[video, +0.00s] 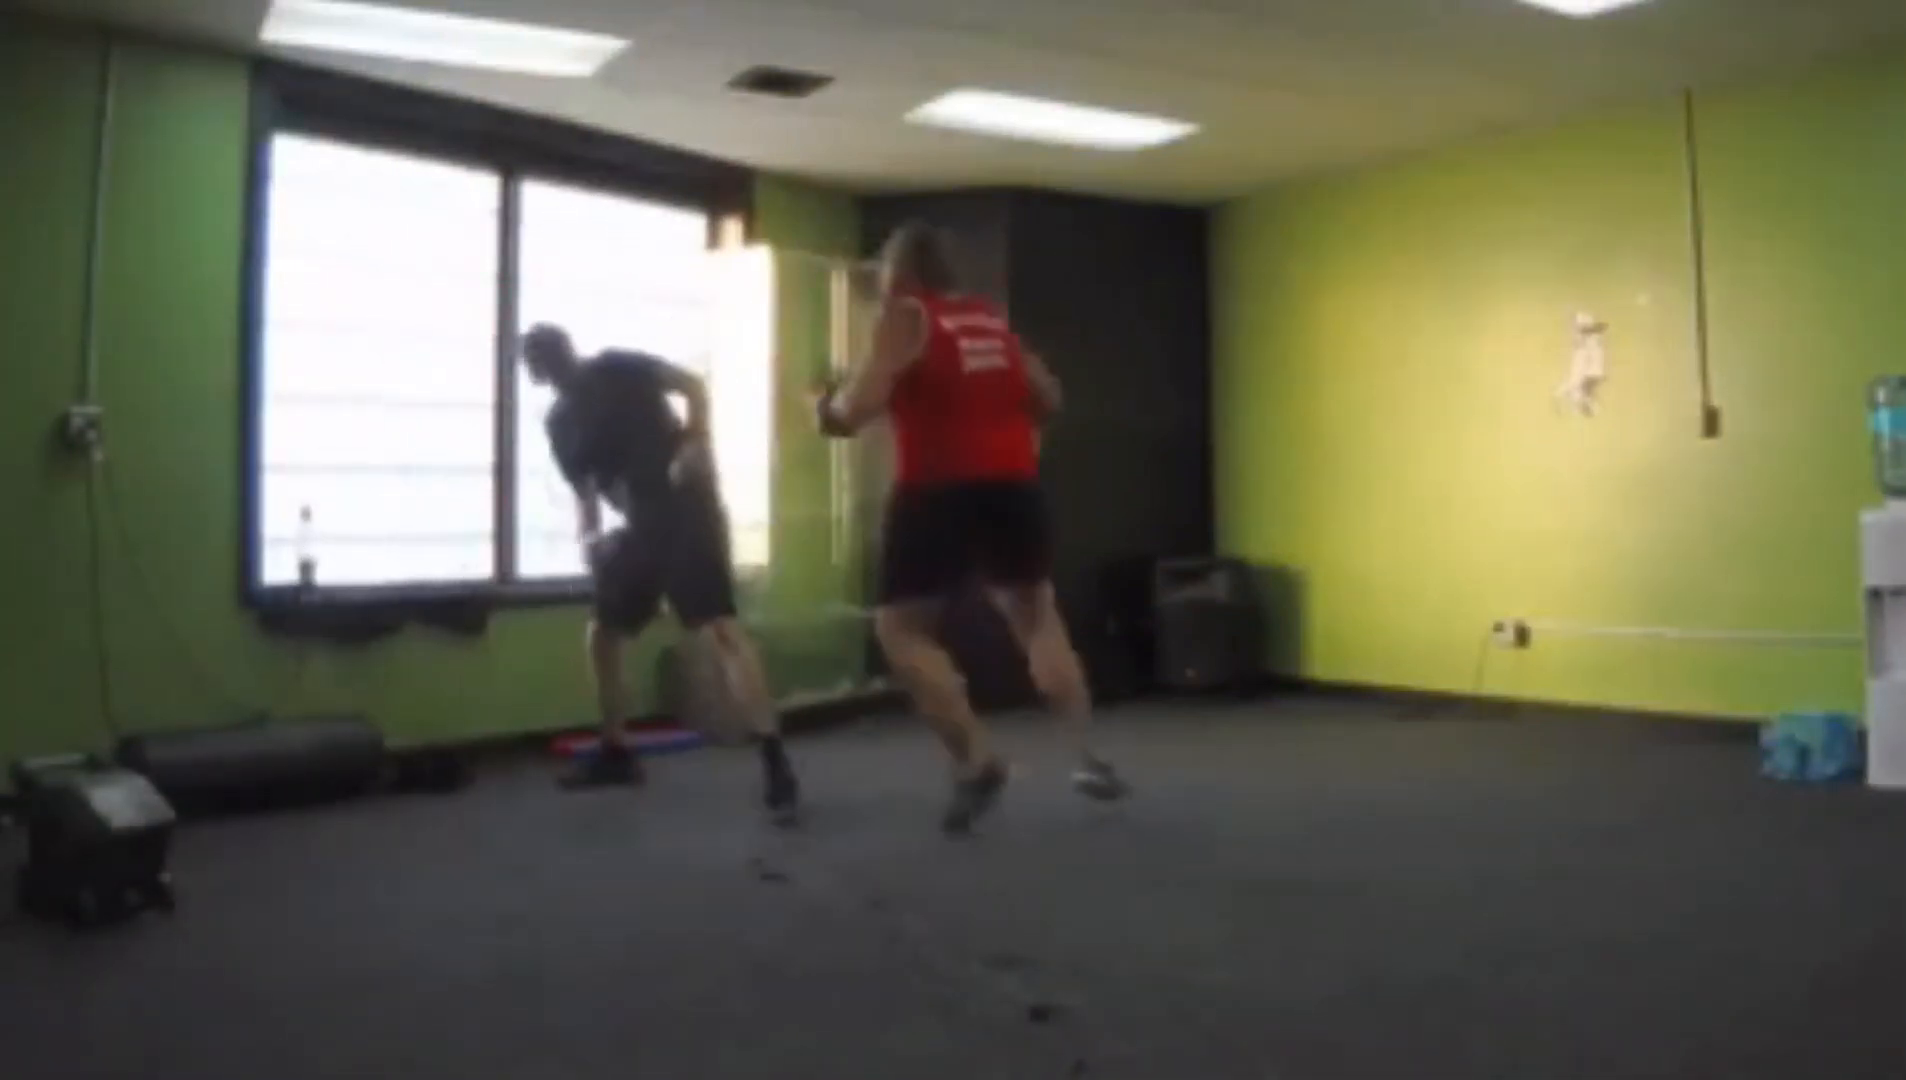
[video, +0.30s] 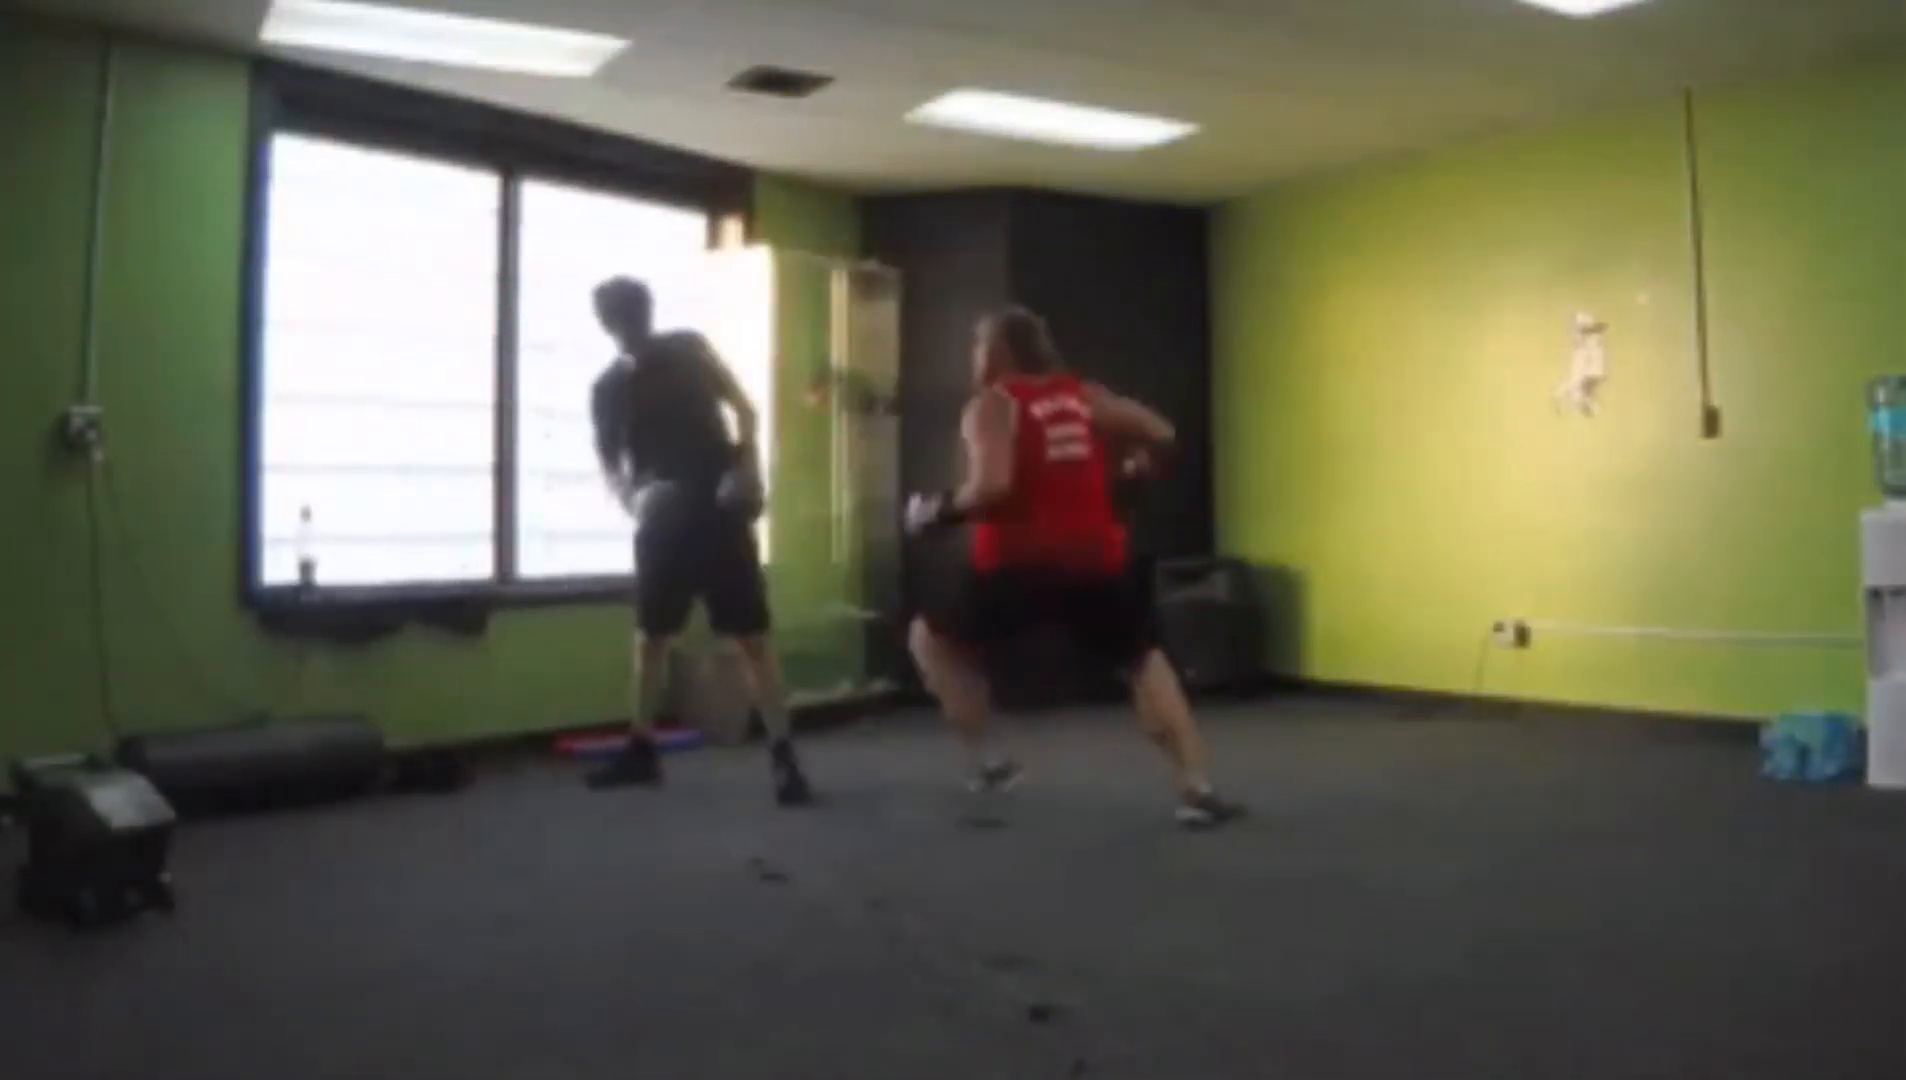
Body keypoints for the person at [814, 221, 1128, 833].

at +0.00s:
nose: (881, 283)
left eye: (884, 273)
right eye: (881, 273)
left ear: (900, 273)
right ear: (945, 270)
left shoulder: (905, 315)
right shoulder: (990, 316)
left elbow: (870, 397)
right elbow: (1047, 394)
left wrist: (835, 413)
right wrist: (1015, 428)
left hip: (936, 493)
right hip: (1012, 488)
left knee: (901, 627)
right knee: (1038, 617)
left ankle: (976, 761)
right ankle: (1087, 753)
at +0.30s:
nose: (974, 357)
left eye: (980, 346)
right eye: (976, 346)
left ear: (999, 351)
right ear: (1039, 349)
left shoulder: (992, 404)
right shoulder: (1080, 394)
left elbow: (991, 485)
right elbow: (1161, 432)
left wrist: (940, 509)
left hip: (1016, 572)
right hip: (1096, 568)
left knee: (930, 635)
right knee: (1144, 660)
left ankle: (987, 758)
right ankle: (1197, 786)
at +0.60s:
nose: (905, 338)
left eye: (909, 331)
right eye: (910, 332)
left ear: (919, 339)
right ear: (969, 340)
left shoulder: (896, 374)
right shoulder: (998, 381)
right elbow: (1062, 438)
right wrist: (1033, 467)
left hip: (931, 554)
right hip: (1014, 552)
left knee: (874, 647)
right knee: (1065, 636)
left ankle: (863, 773)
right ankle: (1123, 750)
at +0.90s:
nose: (857, 335)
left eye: (862, 325)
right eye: (859, 324)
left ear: (878, 328)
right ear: (914, 326)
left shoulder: (880, 384)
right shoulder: (951, 373)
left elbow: (860, 475)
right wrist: (854, 388)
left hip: (902, 544)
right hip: (970, 541)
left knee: (847, 647)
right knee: (988, 653)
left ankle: (842, 778)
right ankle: (1043, 768)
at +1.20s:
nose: (856, 376)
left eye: (863, 364)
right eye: (854, 364)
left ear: (893, 359)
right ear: (877, 362)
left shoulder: (931, 411)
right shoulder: (872, 414)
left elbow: (934, 507)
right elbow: (864, 486)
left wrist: (869, 534)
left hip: (953, 545)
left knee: (876, 648)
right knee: (968, 656)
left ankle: (847, 782)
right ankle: (1068, 741)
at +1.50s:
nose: (918, 358)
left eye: (919, 346)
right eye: (915, 347)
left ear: (941, 340)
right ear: (974, 334)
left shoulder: (967, 385)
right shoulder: (1021, 373)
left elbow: (972, 486)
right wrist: (948, 450)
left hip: (1024, 530)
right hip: (1066, 528)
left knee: (942, 612)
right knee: (1042, 637)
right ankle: (1070, 758)